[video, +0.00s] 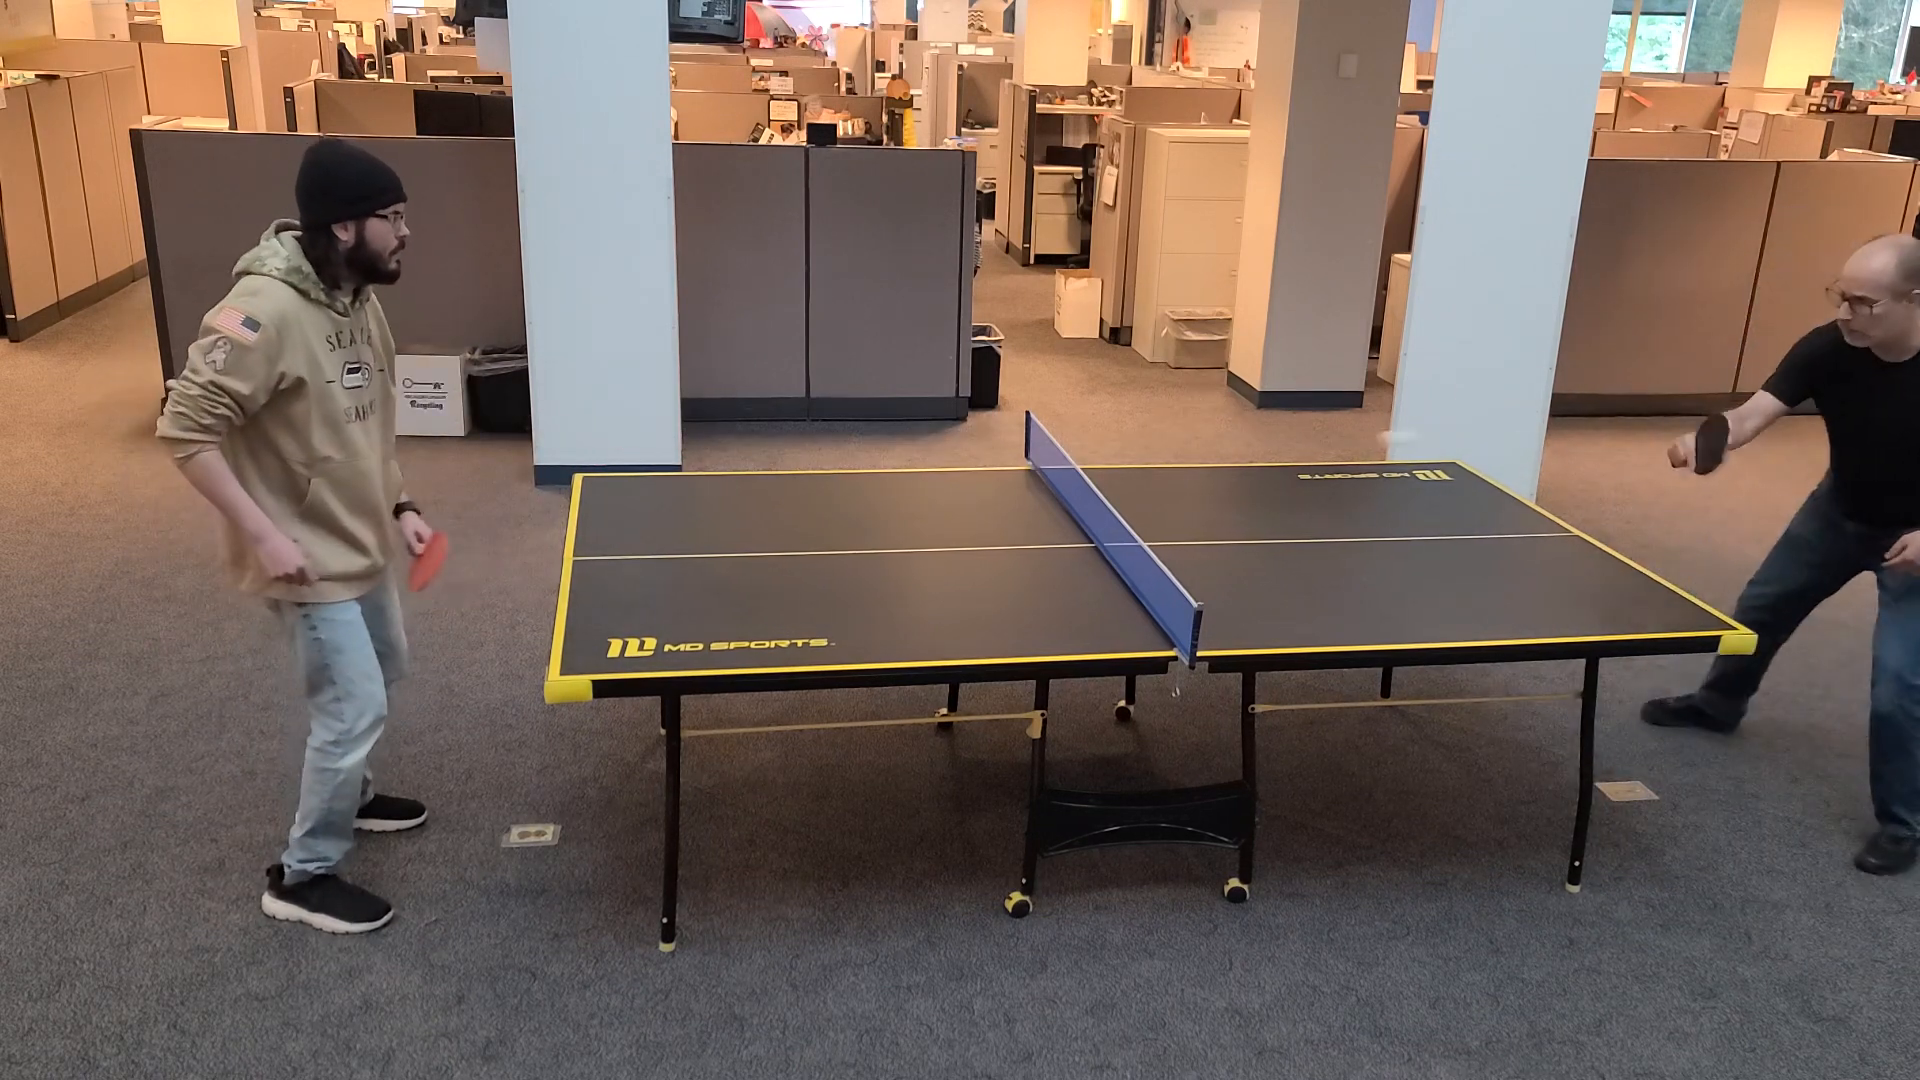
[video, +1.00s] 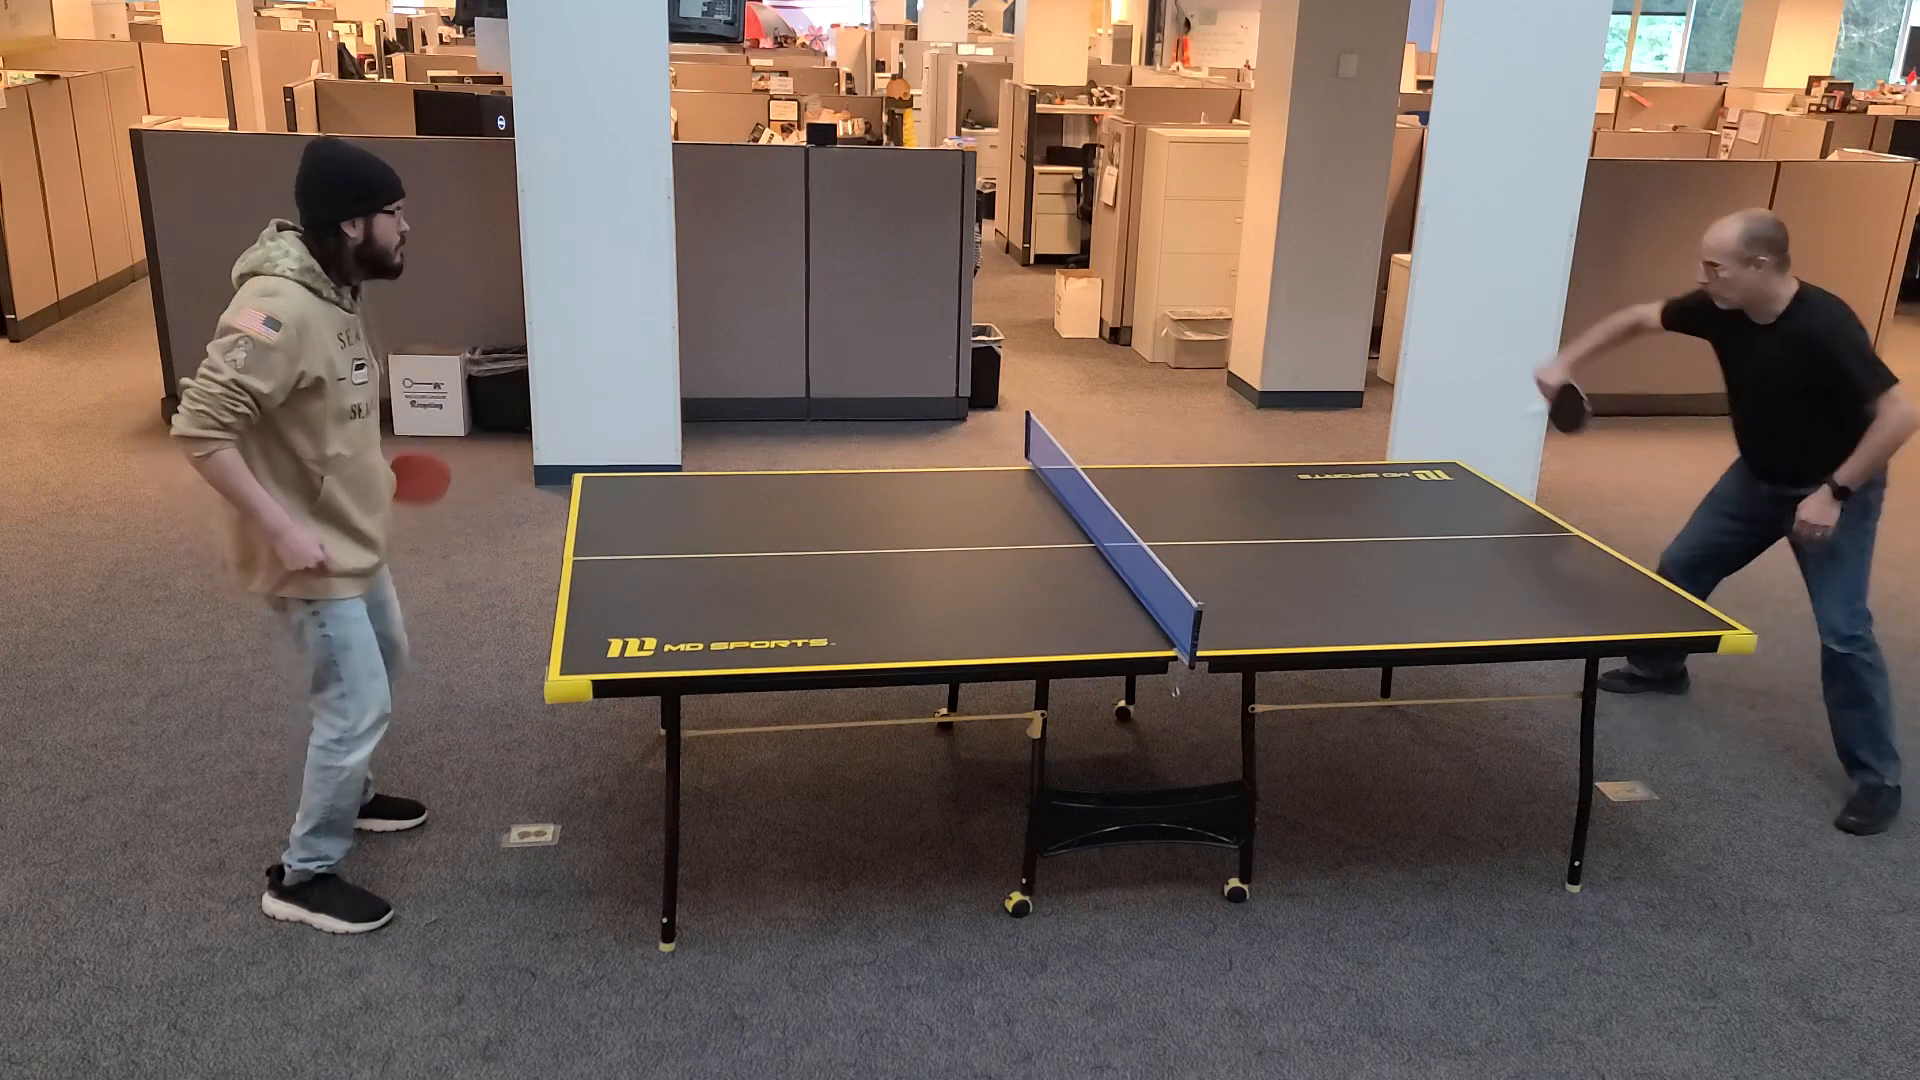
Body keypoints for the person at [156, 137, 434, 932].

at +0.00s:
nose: (405, 230)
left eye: (402, 214)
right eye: (391, 217)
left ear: (349, 228)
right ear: (340, 228)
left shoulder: (358, 298)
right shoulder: (263, 310)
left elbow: (366, 426)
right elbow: (185, 429)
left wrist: (398, 504)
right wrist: (263, 534)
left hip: (364, 542)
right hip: (303, 556)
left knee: (383, 674)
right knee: (352, 709)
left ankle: (343, 800)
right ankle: (302, 873)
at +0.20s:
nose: (407, 237)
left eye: (405, 221)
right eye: (394, 223)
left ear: (352, 229)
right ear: (344, 228)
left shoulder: (365, 301)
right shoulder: (262, 312)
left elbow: (376, 422)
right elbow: (184, 427)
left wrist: (391, 506)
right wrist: (257, 533)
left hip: (366, 542)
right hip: (303, 559)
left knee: (383, 675)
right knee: (351, 709)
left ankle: (345, 799)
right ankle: (302, 872)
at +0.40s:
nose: (407, 245)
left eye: (404, 230)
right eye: (394, 231)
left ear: (352, 239)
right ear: (343, 238)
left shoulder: (381, 320)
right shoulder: (248, 318)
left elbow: (408, 435)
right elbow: (167, 426)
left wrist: (416, 511)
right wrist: (222, 535)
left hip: (373, 551)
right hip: (299, 565)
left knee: (395, 681)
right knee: (351, 710)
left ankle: (348, 797)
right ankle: (303, 872)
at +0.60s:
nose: (401, 235)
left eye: (398, 219)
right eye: (387, 221)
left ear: (349, 231)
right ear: (337, 231)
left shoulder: (379, 313)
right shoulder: (244, 313)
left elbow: (431, 414)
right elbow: (151, 418)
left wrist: (535, 441)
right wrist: (215, 523)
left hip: (368, 548)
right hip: (295, 559)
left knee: (388, 679)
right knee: (345, 710)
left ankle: (344, 799)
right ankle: (301, 874)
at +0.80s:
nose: (406, 225)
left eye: (402, 209)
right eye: (393, 212)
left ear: (353, 223)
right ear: (346, 225)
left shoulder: (358, 295)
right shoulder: (262, 306)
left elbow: (357, 395)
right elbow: (168, 417)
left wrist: (448, 406)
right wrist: (247, 518)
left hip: (360, 537)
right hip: (301, 550)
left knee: (380, 669)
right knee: (345, 706)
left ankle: (345, 799)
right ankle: (302, 874)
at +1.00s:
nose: (406, 226)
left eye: (402, 210)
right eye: (393, 212)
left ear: (349, 222)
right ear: (347, 222)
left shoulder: (332, 284)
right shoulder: (275, 304)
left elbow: (311, 417)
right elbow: (199, 427)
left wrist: (375, 467)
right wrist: (282, 528)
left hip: (353, 537)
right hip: (307, 553)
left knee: (386, 671)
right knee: (354, 708)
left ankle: (344, 800)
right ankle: (302, 873)